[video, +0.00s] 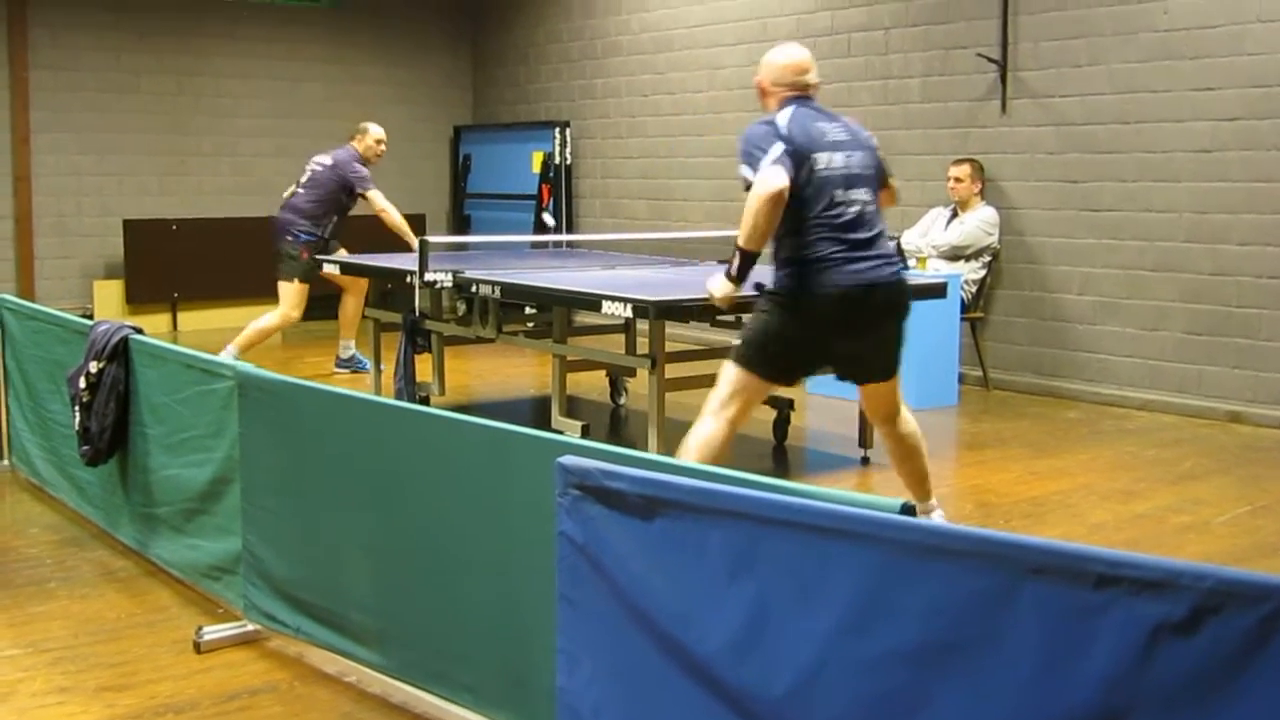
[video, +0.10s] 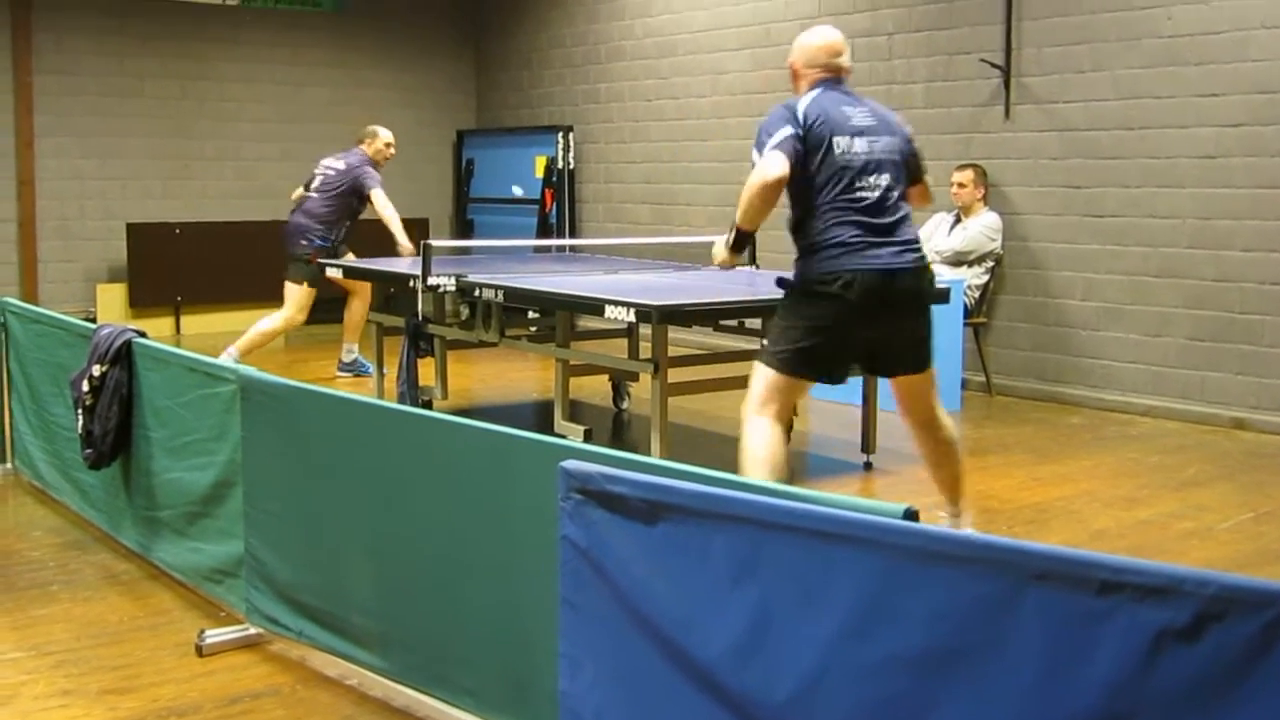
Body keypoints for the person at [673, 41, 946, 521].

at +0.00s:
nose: (757, 91)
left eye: (758, 85)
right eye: (761, 85)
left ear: (764, 87)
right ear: (812, 85)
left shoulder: (766, 131)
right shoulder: (854, 130)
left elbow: (773, 188)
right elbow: (887, 193)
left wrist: (734, 277)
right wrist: (833, 203)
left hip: (812, 291)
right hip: (883, 286)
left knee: (723, 410)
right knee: (891, 412)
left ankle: (666, 512)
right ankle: (929, 513)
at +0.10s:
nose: (790, 77)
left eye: (791, 70)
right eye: (794, 70)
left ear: (799, 70)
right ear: (846, 69)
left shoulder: (790, 114)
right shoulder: (889, 118)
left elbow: (773, 175)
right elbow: (918, 193)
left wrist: (736, 241)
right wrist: (859, 197)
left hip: (834, 280)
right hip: (906, 281)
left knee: (765, 409)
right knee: (925, 411)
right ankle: (959, 520)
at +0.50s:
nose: (861, 135)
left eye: (862, 127)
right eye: (862, 128)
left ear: (870, 126)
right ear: (919, 123)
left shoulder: (872, 163)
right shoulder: (960, 173)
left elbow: (785, 235)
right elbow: (960, 261)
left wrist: (767, 207)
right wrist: (877, 282)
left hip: (917, 343)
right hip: (995, 338)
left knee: (818, 464)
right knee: (969, 446)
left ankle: (824, 578)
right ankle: (1033, 552)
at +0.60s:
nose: (857, 132)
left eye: (859, 124)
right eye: (858, 125)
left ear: (872, 124)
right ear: (915, 124)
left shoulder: (886, 151)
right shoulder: (938, 169)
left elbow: (811, 152)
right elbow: (868, 236)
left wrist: (747, 154)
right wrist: (804, 246)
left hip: (945, 333)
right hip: (1015, 329)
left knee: (835, 455)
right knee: (989, 453)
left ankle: (827, 580)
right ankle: (1042, 559)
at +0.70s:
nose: (831, 131)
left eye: (834, 120)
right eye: (831, 122)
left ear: (851, 112)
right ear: (888, 101)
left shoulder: (888, 126)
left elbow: (884, 131)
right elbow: (870, 231)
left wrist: (814, 172)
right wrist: (818, 257)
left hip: (962, 307)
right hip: (1024, 297)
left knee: (862, 448)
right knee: (1016, 449)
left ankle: (845, 581)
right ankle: (1053, 563)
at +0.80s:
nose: (809, 151)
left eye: (808, 136)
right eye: (805, 139)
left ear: (834, 122)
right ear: (844, 118)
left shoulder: (876, 138)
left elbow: (921, 192)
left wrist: (911, 280)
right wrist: (897, 301)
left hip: (974, 311)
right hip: (1026, 305)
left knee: (871, 456)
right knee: (1011, 457)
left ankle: (912, 588)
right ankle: (1062, 578)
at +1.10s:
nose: (825, 85)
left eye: (833, 67)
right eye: (814, 75)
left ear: (870, 46)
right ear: (805, 73)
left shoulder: (925, 90)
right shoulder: (860, 126)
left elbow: (1012, 170)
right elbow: (903, 224)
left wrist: (965, 273)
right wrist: (888, 295)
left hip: (978, 286)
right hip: (937, 290)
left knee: (915, 456)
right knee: (963, 460)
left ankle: (922, 615)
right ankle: (1001, 596)